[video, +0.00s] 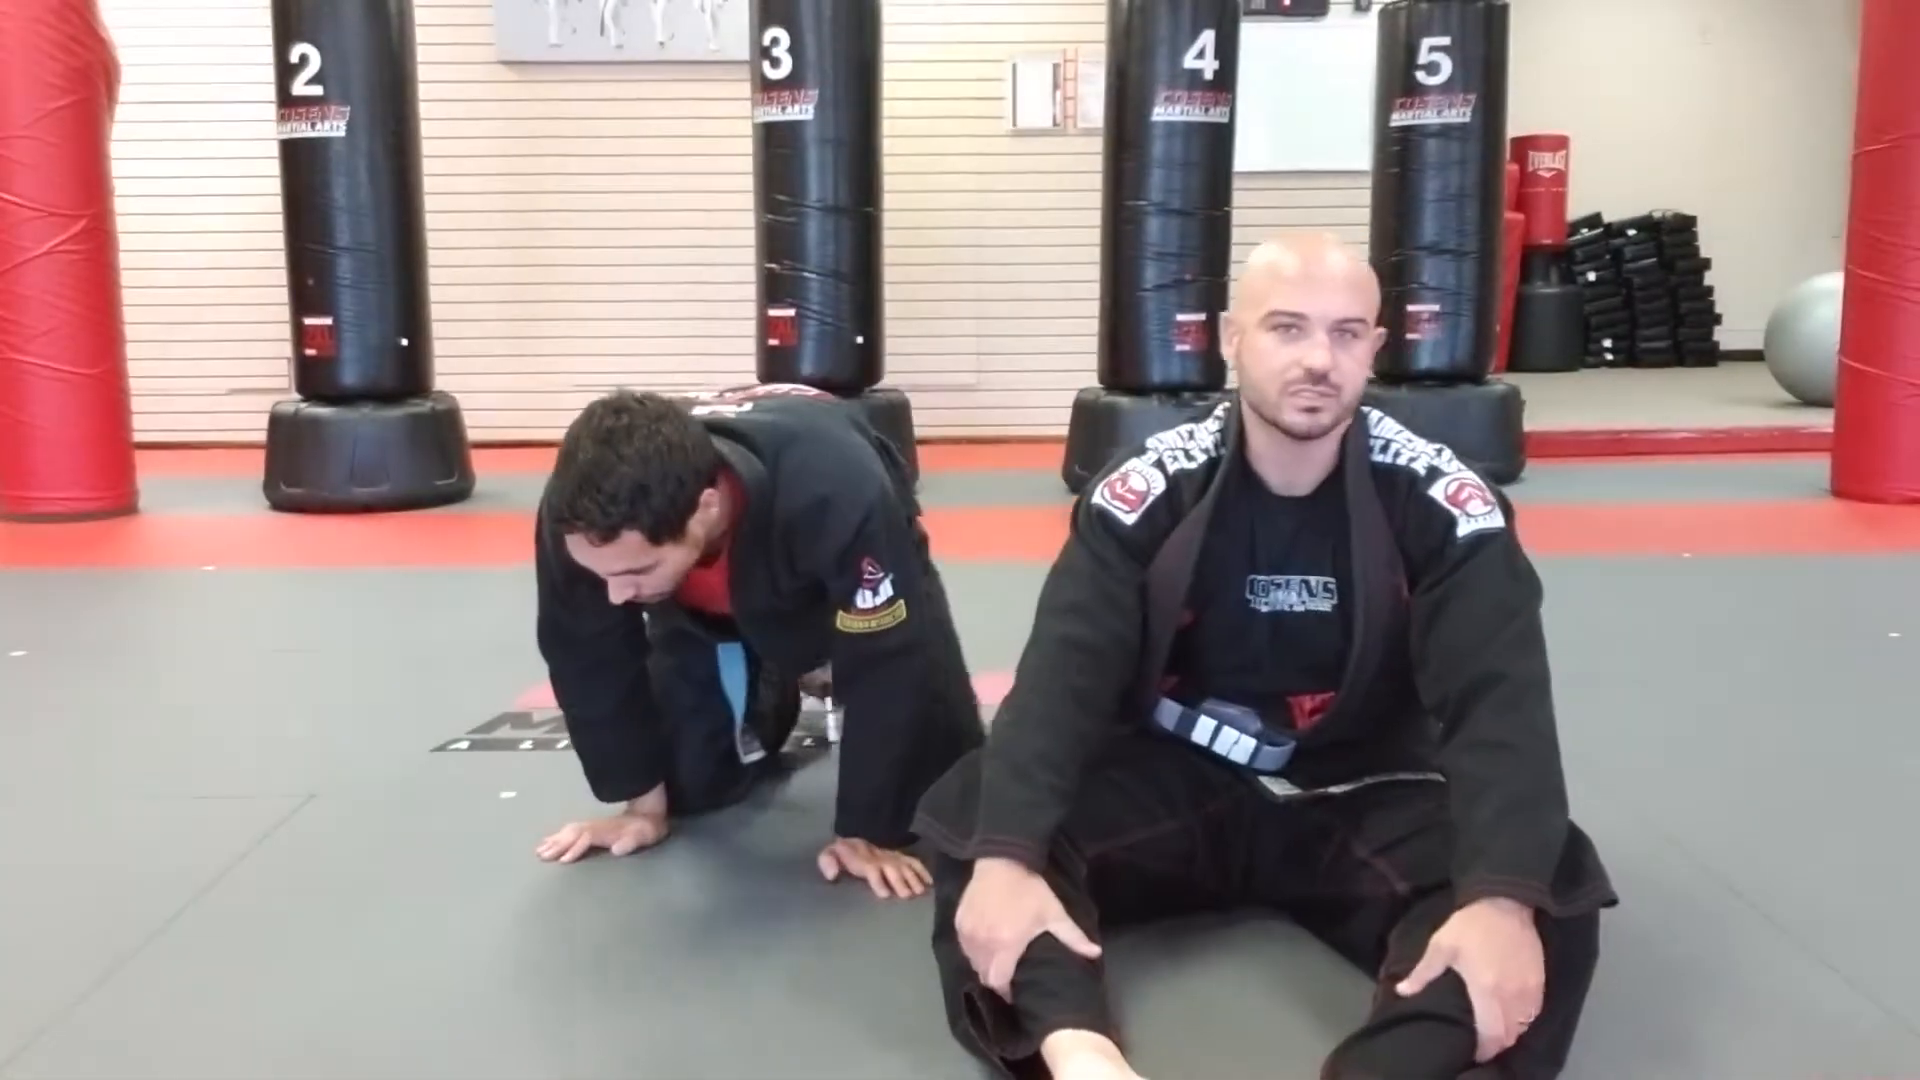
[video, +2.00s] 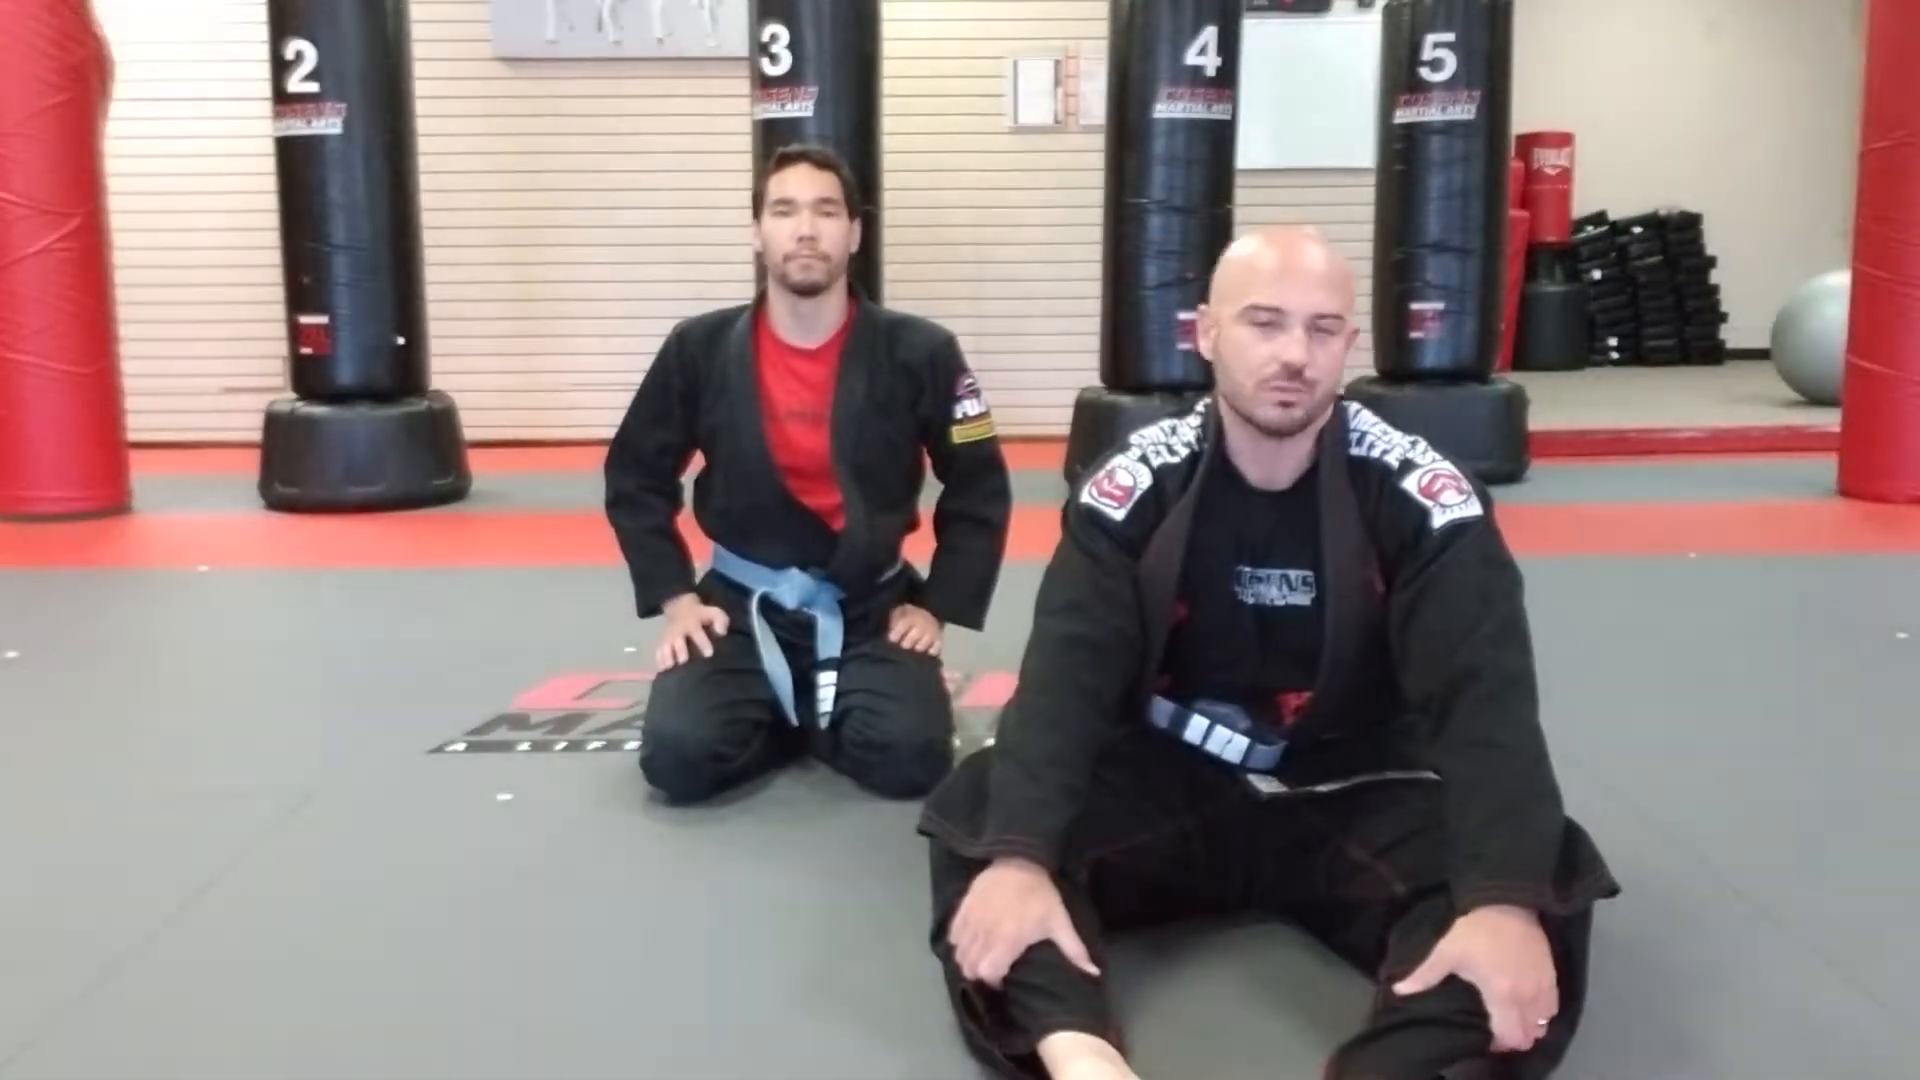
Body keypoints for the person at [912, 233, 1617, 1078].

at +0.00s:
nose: (1318, 360)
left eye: (1346, 333)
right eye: (1287, 330)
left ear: (1375, 347)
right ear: (1232, 340)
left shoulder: (1438, 496)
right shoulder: (1150, 487)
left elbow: (1497, 701)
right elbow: (1063, 678)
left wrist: (1503, 897)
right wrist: (1007, 856)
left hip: (1363, 804)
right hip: (1171, 790)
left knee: (1541, 890)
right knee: (983, 820)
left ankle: (1383, 1061)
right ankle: (1083, 1058)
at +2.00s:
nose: (1293, 355)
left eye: (1321, 330)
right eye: (1264, 323)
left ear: (1350, 347)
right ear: (1204, 336)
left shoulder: (1416, 489)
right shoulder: (1137, 482)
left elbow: (1484, 696)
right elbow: (1065, 677)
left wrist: (1504, 900)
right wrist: (1018, 856)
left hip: (1356, 809)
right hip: (1165, 796)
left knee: (1536, 875)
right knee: (981, 807)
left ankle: (1396, 1067)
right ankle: (1085, 1064)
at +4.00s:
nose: (1080, 357)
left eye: (1103, 319)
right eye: (1046, 332)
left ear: (1157, 307)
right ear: (1014, 339)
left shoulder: (1267, 450)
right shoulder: (973, 457)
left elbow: (1378, 680)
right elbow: (923, 675)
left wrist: (1421, 892)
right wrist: (899, 849)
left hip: (1253, 803)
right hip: (1052, 798)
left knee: (1221, 676)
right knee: (847, 729)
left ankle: (1056, 1042)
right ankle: (789, 1030)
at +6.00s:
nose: (877, 631)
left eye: (893, 627)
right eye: (853, 632)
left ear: (933, 641)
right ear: (814, 664)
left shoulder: (1010, 677)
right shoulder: (793, 712)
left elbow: (1185, 672)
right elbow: (689, 710)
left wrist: (1045, 608)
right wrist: (787, 590)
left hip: (1047, 919)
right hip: (853, 929)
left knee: (1139, 600)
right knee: (666, 661)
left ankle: (1163, 1050)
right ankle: (638, 1062)